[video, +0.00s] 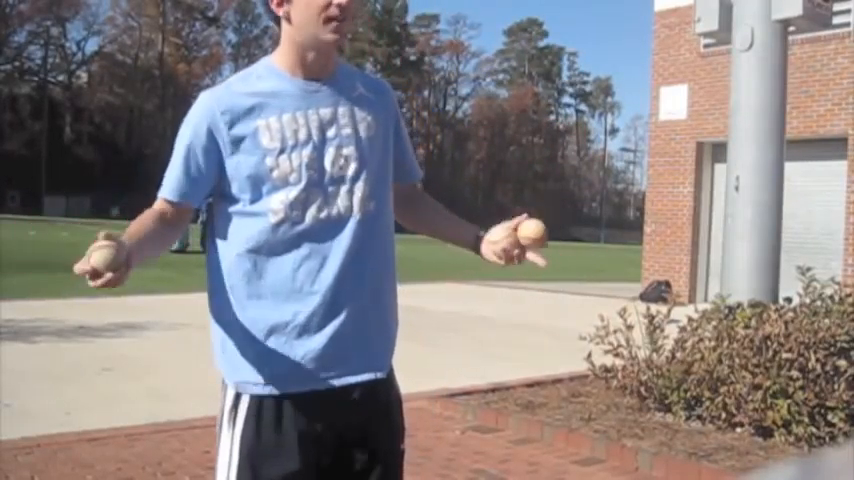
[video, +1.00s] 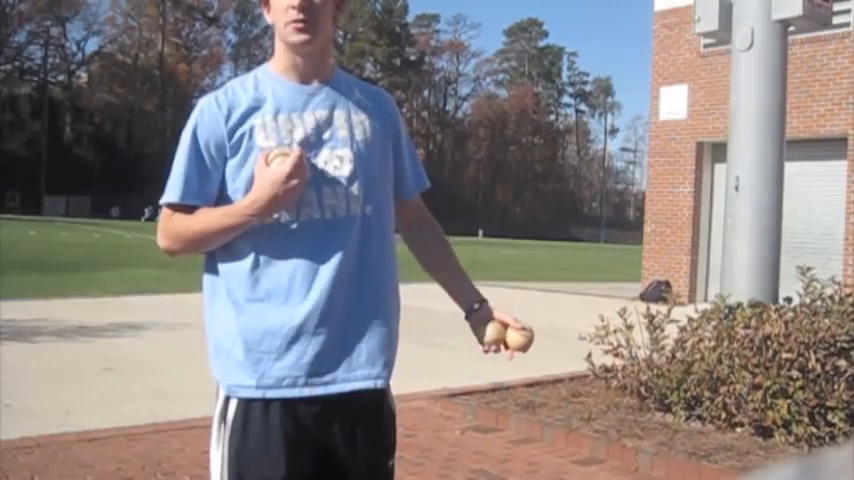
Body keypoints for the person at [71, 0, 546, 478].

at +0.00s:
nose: (339, 3)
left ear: (358, 10)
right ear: (280, 8)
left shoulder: (376, 99)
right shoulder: (223, 107)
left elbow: (406, 198)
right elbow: (170, 211)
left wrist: (481, 239)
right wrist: (123, 249)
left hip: (368, 379)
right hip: (271, 386)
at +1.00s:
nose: (301, 8)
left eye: (314, 0)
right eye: (288, 0)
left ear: (338, 10)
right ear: (267, 11)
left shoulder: (377, 108)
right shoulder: (220, 112)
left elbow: (415, 218)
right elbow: (171, 235)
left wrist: (477, 309)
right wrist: (256, 204)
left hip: (360, 382)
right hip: (260, 386)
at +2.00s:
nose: (303, 8)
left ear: (339, 10)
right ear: (268, 9)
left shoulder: (376, 111)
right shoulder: (218, 112)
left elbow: (409, 224)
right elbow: (169, 236)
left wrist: (468, 318)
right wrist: (254, 201)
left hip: (357, 385)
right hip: (256, 389)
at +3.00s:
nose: (303, 9)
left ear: (339, 10)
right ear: (266, 9)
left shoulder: (374, 109)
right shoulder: (217, 112)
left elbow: (409, 219)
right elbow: (169, 239)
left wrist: (474, 312)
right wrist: (257, 203)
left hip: (359, 383)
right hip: (260, 389)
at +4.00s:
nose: (346, 6)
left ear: (355, 13)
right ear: (285, 9)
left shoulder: (366, 104)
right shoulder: (231, 108)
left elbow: (384, 220)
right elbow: (165, 230)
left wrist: (427, 318)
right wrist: (262, 259)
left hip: (369, 382)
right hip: (281, 392)